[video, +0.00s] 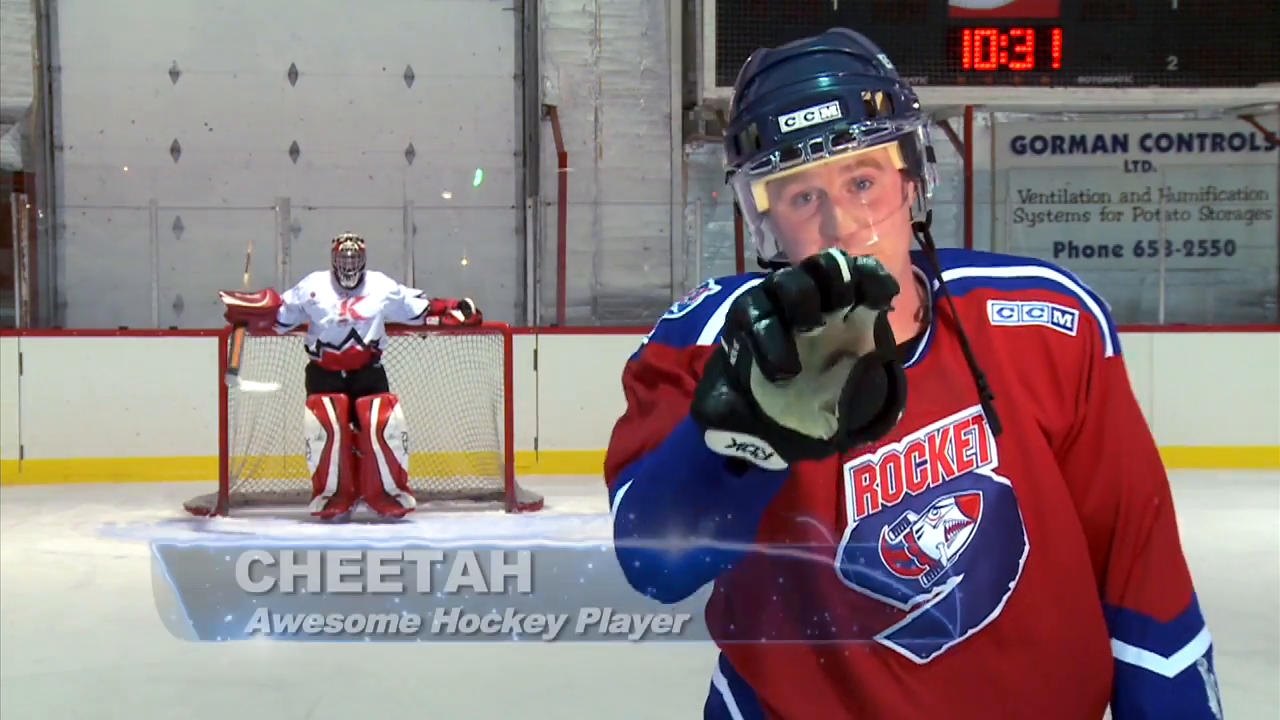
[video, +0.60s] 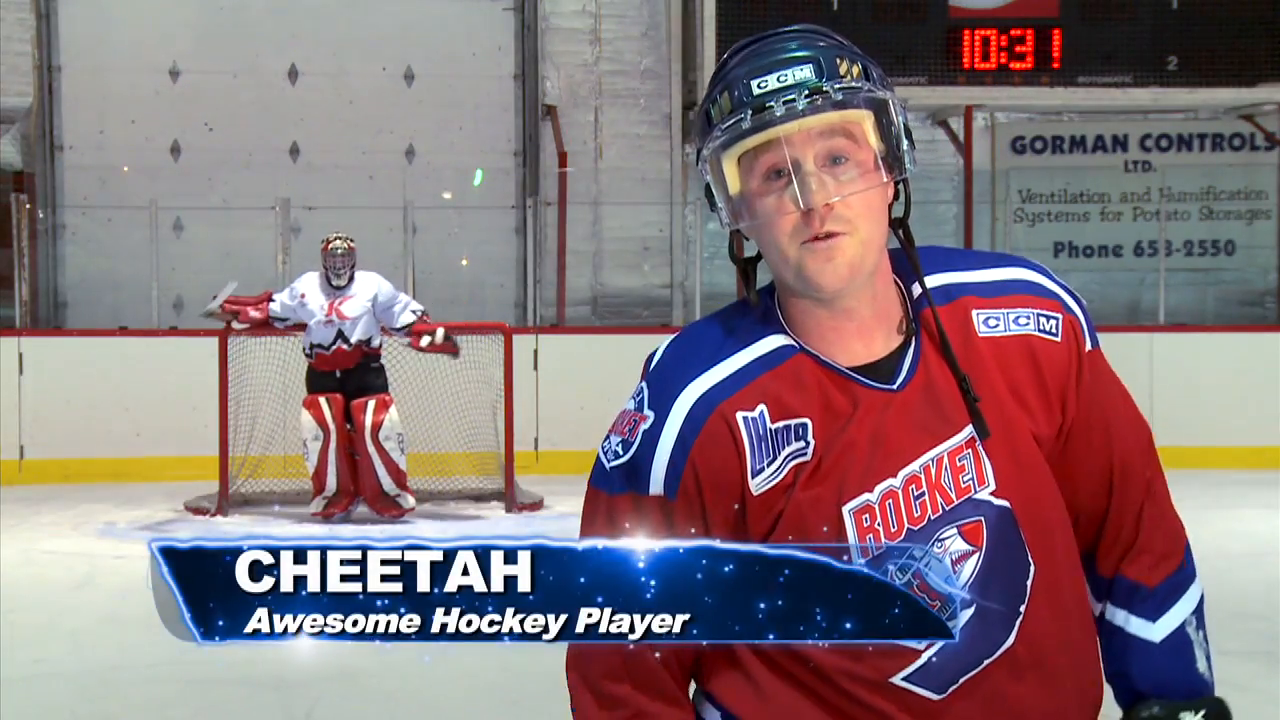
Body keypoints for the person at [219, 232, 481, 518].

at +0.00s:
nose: (350, 263)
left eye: (355, 258)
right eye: (344, 258)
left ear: (363, 259)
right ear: (334, 259)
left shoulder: (381, 287)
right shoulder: (313, 286)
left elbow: (419, 307)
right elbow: (280, 314)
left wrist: (452, 308)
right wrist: (247, 310)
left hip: (367, 372)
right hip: (325, 374)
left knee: (381, 430)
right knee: (330, 432)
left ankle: (385, 498)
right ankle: (334, 500)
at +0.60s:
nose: (339, 267)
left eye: (344, 261)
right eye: (333, 261)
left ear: (353, 261)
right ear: (323, 262)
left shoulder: (373, 286)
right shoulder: (306, 287)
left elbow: (403, 312)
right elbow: (276, 309)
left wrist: (426, 329)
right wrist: (242, 311)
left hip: (365, 373)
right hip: (323, 375)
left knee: (374, 433)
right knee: (326, 435)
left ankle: (387, 500)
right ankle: (334, 500)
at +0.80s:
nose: (335, 263)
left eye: (340, 257)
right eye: (329, 258)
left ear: (349, 259)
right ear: (319, 260)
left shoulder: (369, 286)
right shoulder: (303, 287)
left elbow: (400, 321)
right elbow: (271, 308)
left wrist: (397, 347)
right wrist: (234, 309)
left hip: (363, 371)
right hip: (322, 374)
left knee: (372, 431)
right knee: (327, 433)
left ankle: (390, 499)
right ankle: (334, 499)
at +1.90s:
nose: (338, 263)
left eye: (343, 257)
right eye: (332, 258)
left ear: (351, 259)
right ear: (322, 260)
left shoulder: (372, 289)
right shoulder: (307, 289)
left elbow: (392, 329)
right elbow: (281, 310)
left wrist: (362, 342)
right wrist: (248, 311)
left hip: (363, 374)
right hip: (322, 375)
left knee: (368, 432)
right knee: (322, 433)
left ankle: (391, 498)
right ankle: (332, 499)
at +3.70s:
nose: (343, 263)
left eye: (348, 257)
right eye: (337, 257)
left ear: (357, 259)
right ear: (328, 259)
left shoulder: (375, 290)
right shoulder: (310, 286)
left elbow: (406, 319)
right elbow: (278, 305)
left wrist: (397, 351)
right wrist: (240, 312)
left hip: (362, 373)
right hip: (321, 375)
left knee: (367, 431)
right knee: (325, 434)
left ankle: (390, 500)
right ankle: (333, 498)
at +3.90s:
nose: (344, 262)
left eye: (349, 257)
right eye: (338, 256)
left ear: (358, 259)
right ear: (328, 259)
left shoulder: (378, 289)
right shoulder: (310, 286)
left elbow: (412, 306)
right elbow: (274, 309)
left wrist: (422, 320)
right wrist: (241, 322)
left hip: (364, 373)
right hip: (322, 374)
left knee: (374, 433)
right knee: (324, 436)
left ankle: (390, 501)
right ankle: (332, 500)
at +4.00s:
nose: (344, 264)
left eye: (350, 258)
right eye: (338, 259)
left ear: (358, 260)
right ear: (328, 261)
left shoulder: (378, 288)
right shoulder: (309, 288)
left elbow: (416, 303)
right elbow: (276, 315)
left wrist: (432, 315)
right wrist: (246, 332)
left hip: (365, 374)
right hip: (322, 375)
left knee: (372, 433)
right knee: (327, 435)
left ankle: (387, 500)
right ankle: (334, 499)